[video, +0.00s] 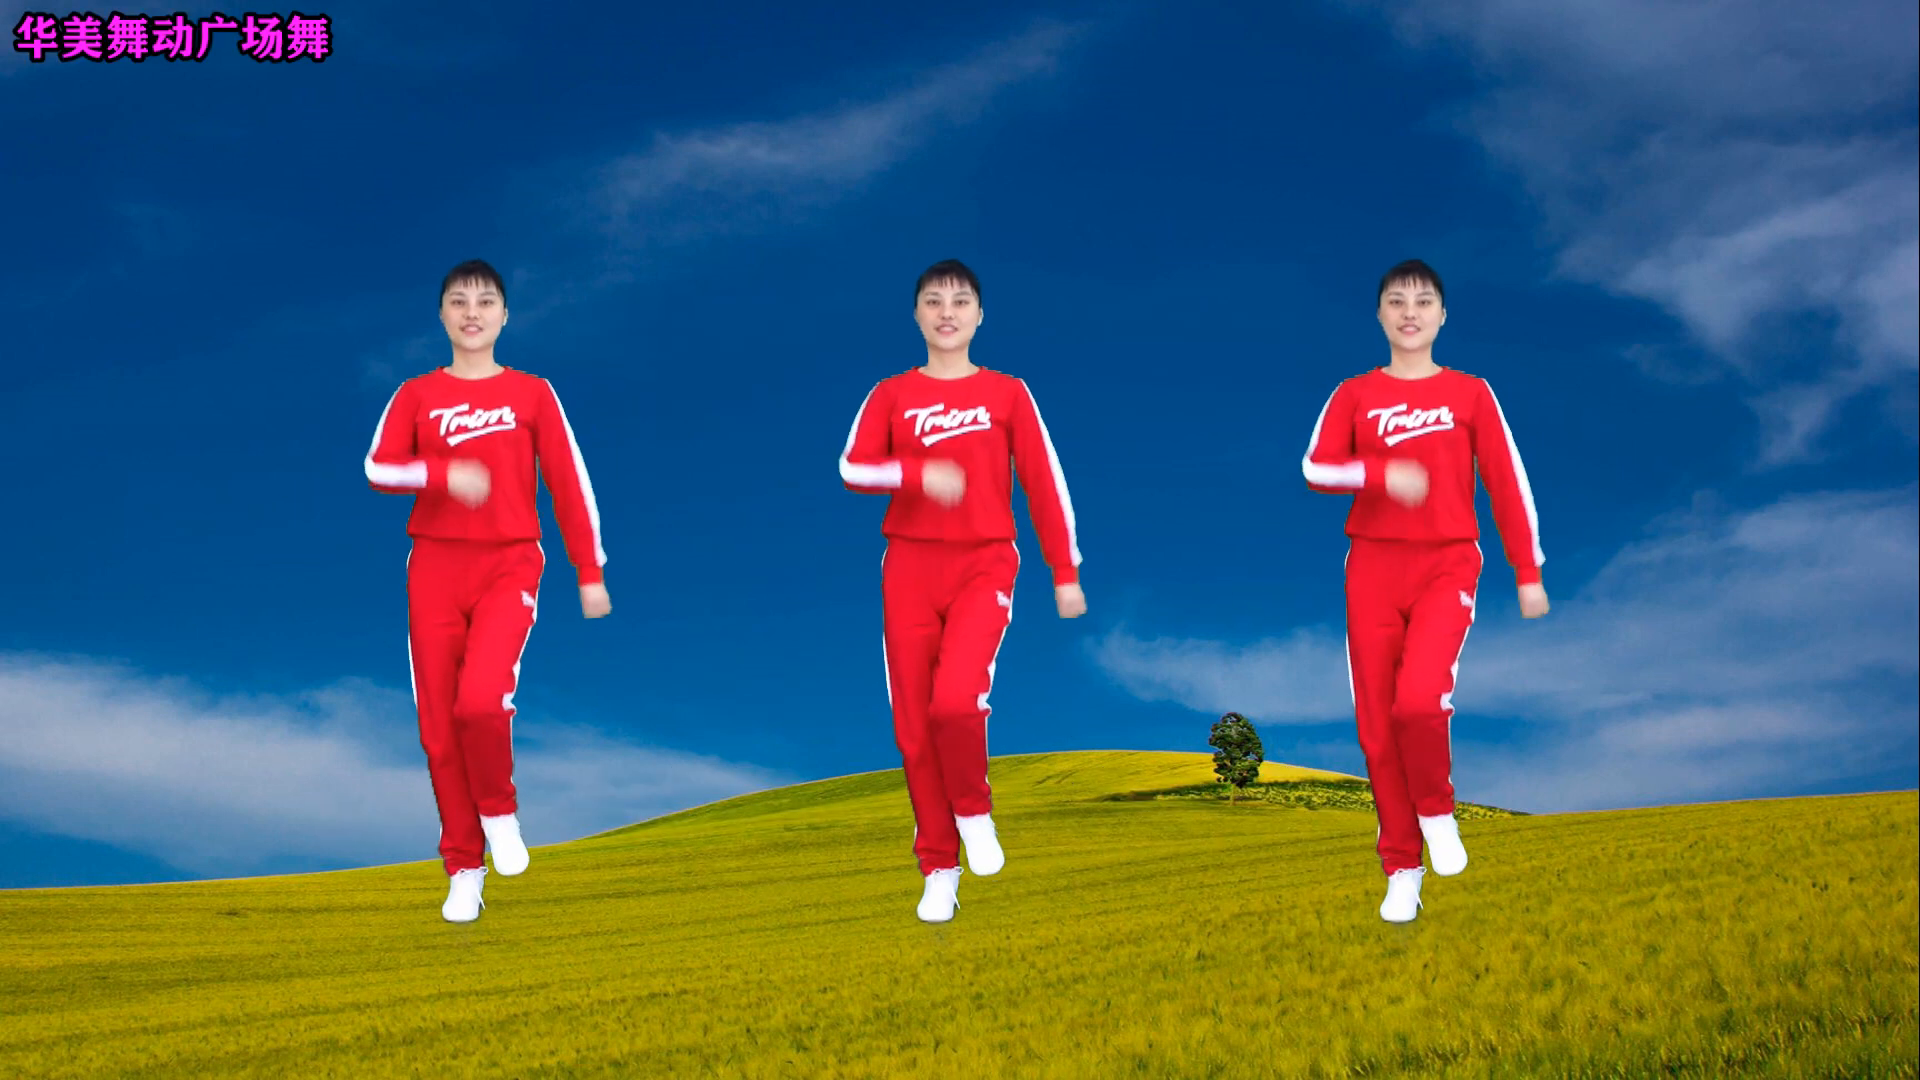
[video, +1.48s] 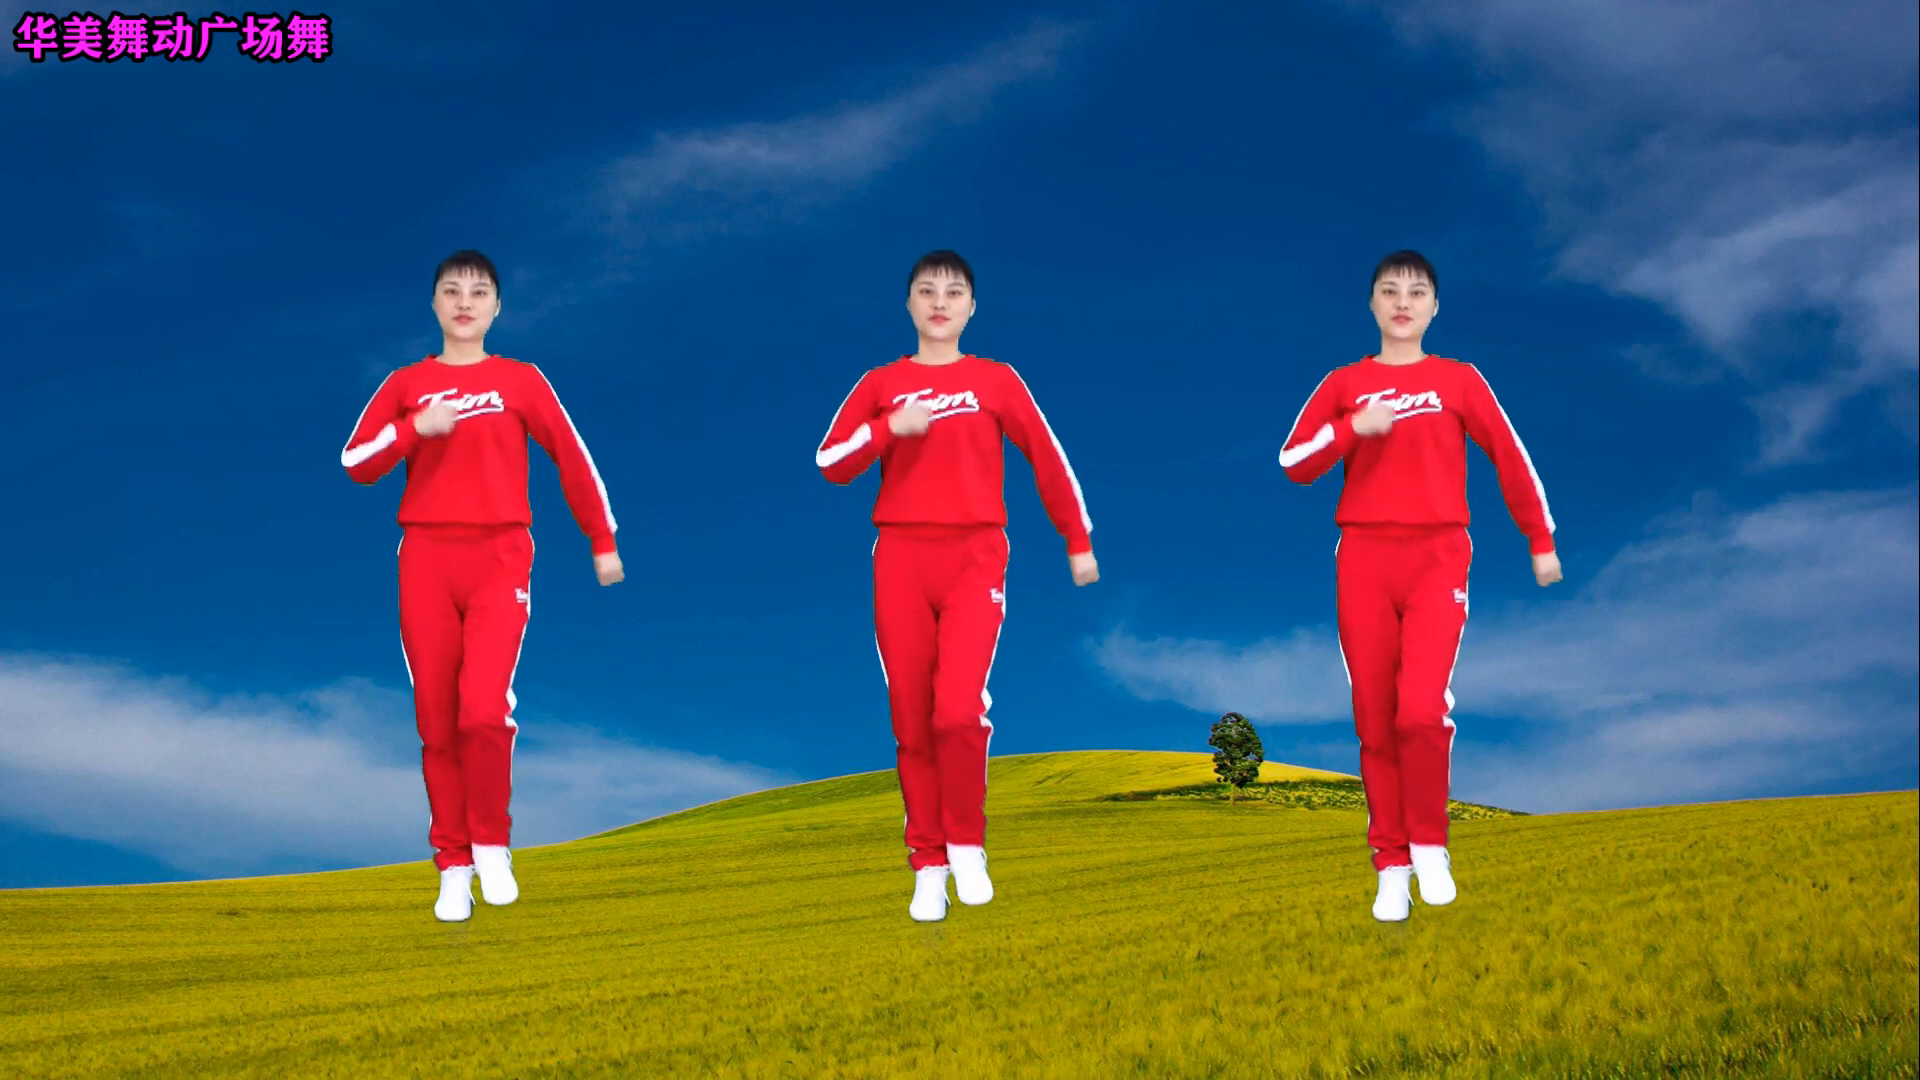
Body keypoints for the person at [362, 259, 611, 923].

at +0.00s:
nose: (473, 312)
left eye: (485, 302)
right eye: (460, 303)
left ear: (503, 314)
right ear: (443, 316)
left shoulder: (533, 393)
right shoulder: (414, 396)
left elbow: (570, 482)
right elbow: (378, 469)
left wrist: (590, 572)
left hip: (510, 568)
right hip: (435, 568)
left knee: (479, 706)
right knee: (436, 726)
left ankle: (498, 811)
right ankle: (463, 864)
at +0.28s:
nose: (478, 310)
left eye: (491, 301)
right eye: (465, 301)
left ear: (509, 315)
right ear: (448, 315)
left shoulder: (540, 389)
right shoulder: (421, 397)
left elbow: (600, 454)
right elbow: (394, 490)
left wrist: (649, 519)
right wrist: (433, 435)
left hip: (518, 571)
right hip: (442, 570)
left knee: (509, 729)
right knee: (451, 733)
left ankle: (505, 868)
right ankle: (463, 868)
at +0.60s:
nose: (482, 325)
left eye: (494, 315)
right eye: (469, 317)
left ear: (513, 328)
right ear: (453, 332)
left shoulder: (544, 409)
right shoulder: (429, 411)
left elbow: (559, 500)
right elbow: (410, 507)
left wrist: (545, 574)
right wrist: (399, 596)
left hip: (532, 582)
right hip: (457, 582)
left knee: (533, 727)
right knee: (487, 703)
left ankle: (507, 868)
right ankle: (474, 807)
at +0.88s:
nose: (479, 306)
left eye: (490, 296)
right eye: (465, 298)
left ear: (509, 309)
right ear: (448, 315)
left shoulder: (540, 387)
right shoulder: (423, 389)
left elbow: (569, 470)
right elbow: (361, 454)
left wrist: (525, 409)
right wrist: (307, 527)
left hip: (526, 562)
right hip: (451, 563)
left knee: (517, 721)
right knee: (463, 726)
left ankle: (507, 867)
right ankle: (458, 862)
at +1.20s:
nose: (467, 323)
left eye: (479, 313)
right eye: (455, 313)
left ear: (497, 323)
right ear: (438, 325)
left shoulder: (526, 402)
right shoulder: (410, 408)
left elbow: (529, 485)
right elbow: (384, 500)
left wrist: (490, 534)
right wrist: (361, 585)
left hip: (501, 581)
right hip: (426, 581)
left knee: (484, 721)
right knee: (434, 731)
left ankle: (498, 824)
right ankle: (453, 866)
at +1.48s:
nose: (465, 302)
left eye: (477, 293)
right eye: (453, 292)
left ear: (495, 306)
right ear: (436, 304)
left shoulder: (523, 380)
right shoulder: (405, 383)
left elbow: (574, 458)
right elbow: (357, 464)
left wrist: (603, 540)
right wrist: (415, 428)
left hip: (501, 557)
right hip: (425, 558)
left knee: (483, 712)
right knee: (435, 720)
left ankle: (491, 846)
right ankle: (452, 862)